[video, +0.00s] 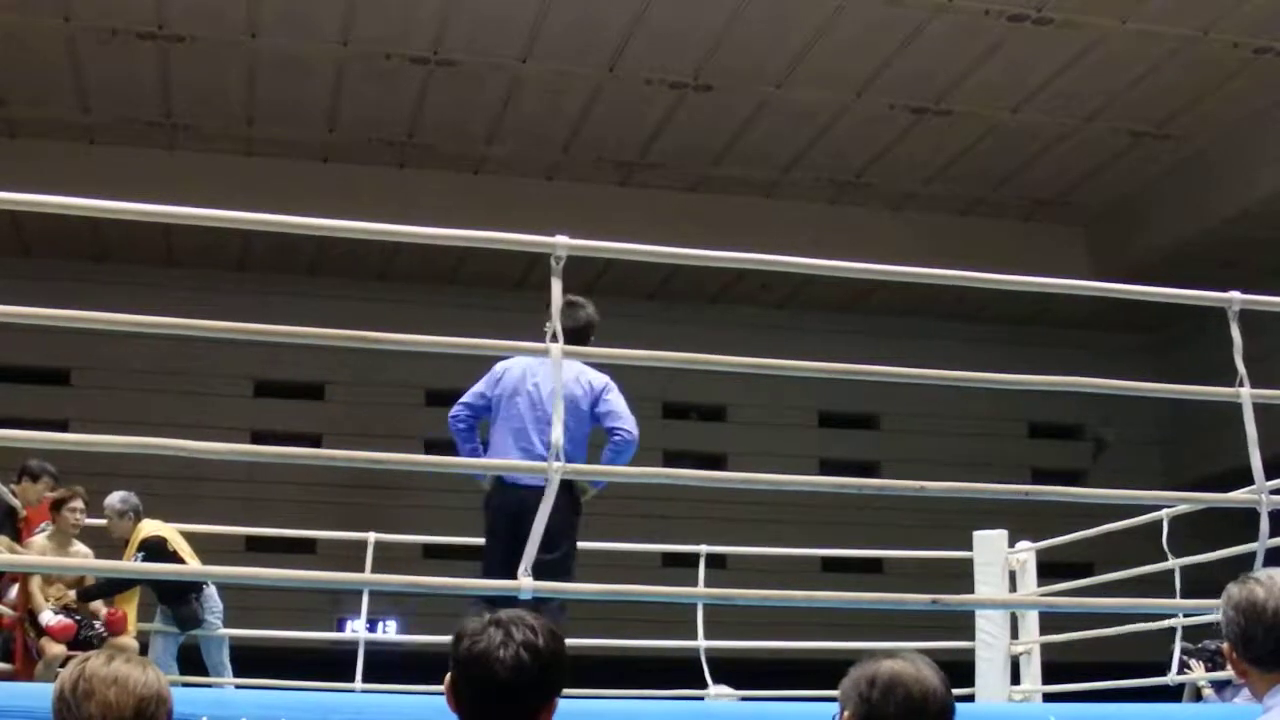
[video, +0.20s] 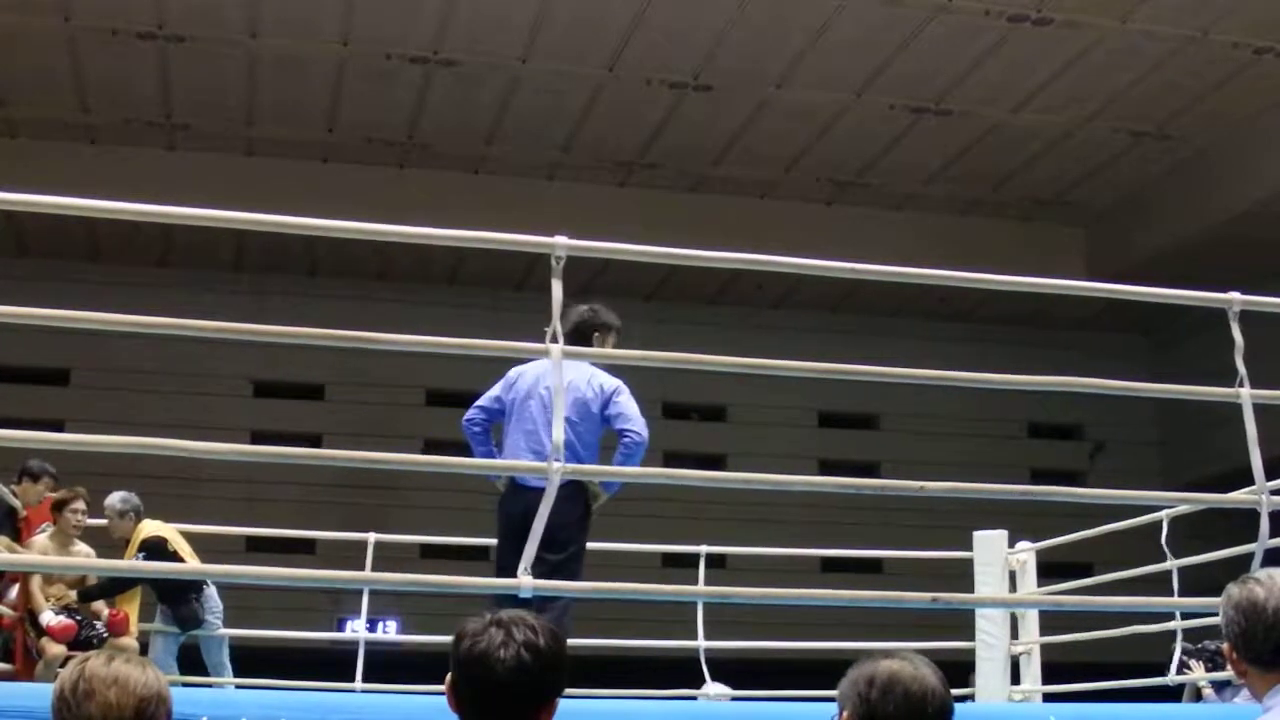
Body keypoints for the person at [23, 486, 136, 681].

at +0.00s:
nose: (78, 517)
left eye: (82, 512)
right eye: (72, 511)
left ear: (86, 516)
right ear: (55, 515)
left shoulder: (85, 553)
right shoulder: (36, 545)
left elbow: (90, 593)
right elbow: (33, 587)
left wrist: (104, 613)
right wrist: (48, 618)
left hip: (77, 613)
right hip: (42, 611)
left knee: (128, 646)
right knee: (56, 652)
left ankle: (107, 703)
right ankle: (38, 704)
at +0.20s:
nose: (80, 519)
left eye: (84, 513)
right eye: (73, 512)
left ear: (87, 517)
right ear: (57, 515)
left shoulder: (87, 552)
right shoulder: (38, 545)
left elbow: (92, 593)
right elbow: (34, 588)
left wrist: (106, 614)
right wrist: (48, 618)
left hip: (77, 613)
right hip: (43, 611)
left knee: (129, 646)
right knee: (56, 652)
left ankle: (116, 705)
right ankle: (38, 704)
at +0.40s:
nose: (80, 517)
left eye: (84, 512)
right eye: (73, 511)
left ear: (87, 515)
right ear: (57, 515)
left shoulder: (88, 552)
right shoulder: (38, 544)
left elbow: (92, 593)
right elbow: (35, 587)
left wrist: (106, 614)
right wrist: (49, 618)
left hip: (79, 614)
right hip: (43, 612)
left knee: (128, 646)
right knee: (56, 652)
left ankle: (116, 705)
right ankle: (37, 704)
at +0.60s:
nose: (79, 516)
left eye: (83, 511)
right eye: (73, 510)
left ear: (86, 515)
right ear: (55, 514)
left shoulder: (88, 552)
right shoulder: (38, 544)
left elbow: (92, 593)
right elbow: (36, 587)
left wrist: (106, 614)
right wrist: (50, 618)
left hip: (78, 613)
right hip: (43, 611)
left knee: (129, 646)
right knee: (56, 652)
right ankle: (38, 704)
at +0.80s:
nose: (78, 516)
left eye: (81, 510)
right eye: (71, 509)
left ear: (85, 514)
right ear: (54, 513)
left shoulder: (87, 552)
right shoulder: (36, 545)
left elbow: (91, 594)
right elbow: (36, 587)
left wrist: (106, 615)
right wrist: (50, 618)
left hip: (79, 614)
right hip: (43, 612)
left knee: (129, 646)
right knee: (55, 652)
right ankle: (37, 706)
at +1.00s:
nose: (77, 515)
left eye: (81, 510)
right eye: (70, 509)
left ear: (84, 514)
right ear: (54, 513)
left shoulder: (85, 552)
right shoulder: (35, 545)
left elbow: (91, 593)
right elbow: (36, 587)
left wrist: (106, 615)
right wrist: (50, 618)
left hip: (78, 614)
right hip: (43, 612)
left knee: (129, 647)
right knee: (55, 652)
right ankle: (37, 706)